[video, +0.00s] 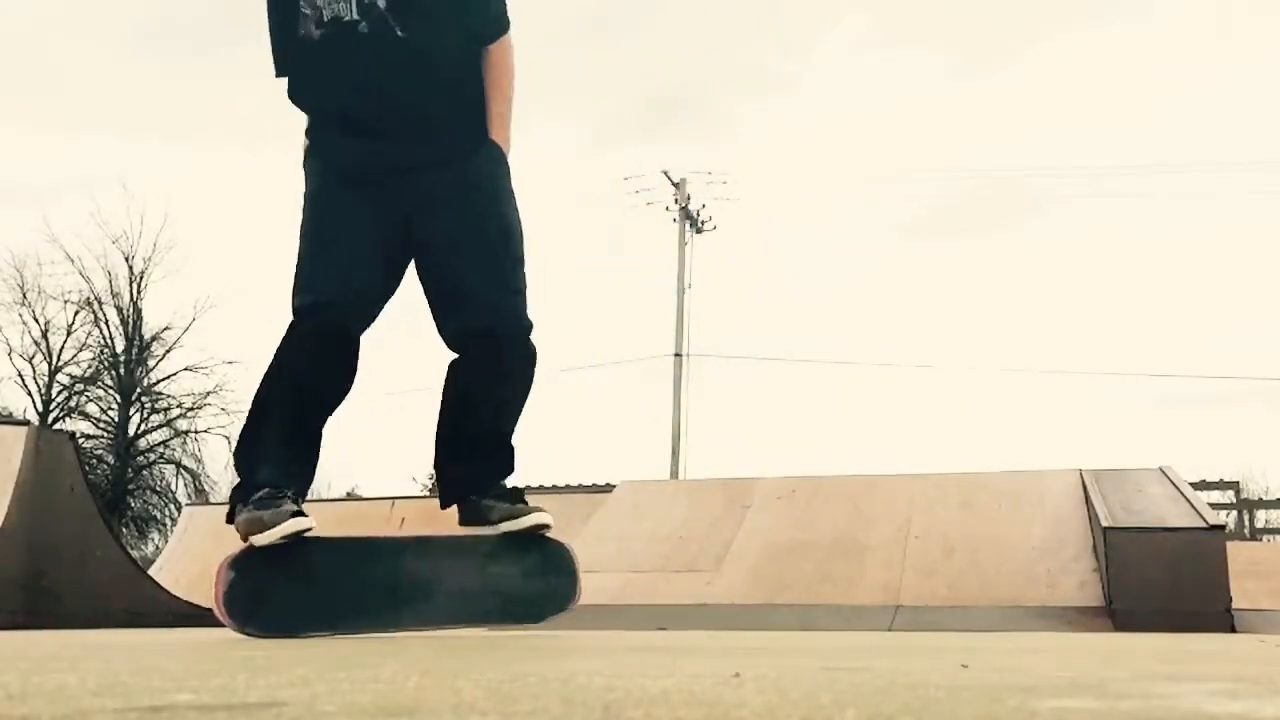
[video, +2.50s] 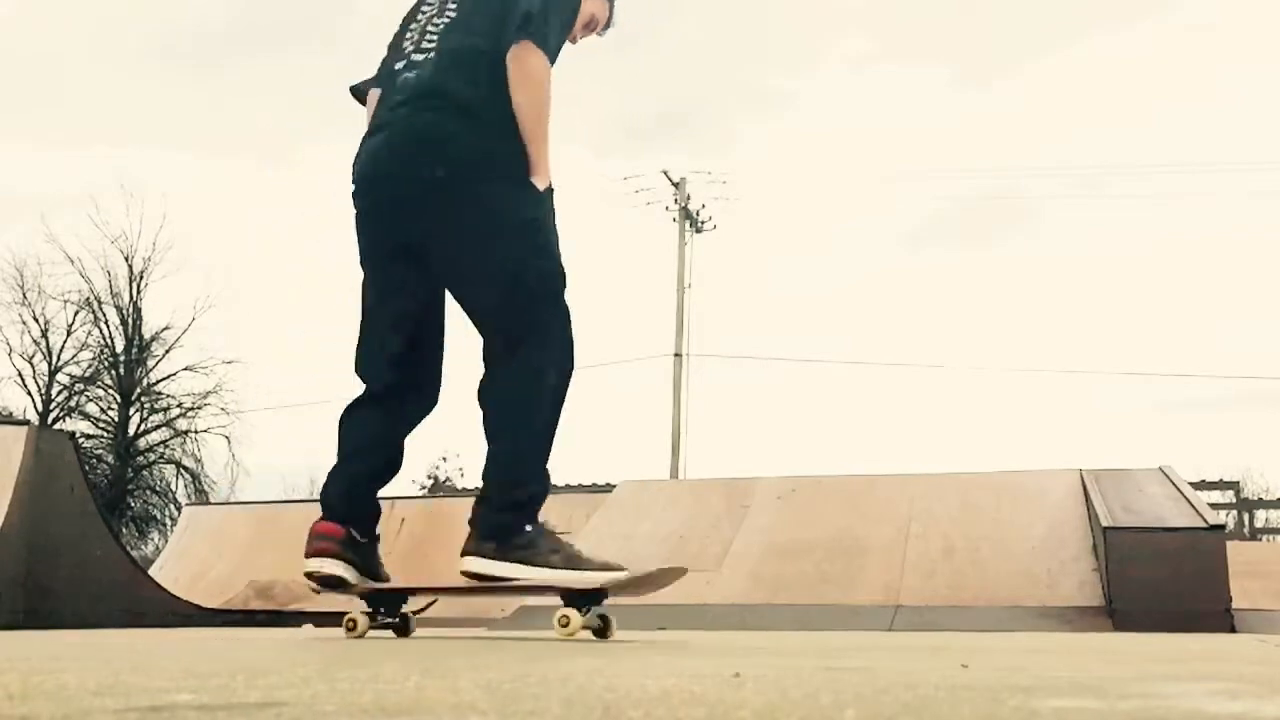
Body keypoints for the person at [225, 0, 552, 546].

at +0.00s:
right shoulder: (290, 7)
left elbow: (495, 38)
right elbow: (302, 78)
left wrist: (495, 150)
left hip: (460, 162)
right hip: (350, 171)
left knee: (497, 333)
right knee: (324, 324)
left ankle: (479, 487)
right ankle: (264, 490)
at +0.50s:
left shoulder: (503, 6)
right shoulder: (338, 6)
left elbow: (521, 57)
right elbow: (345, 82)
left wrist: (519, 168)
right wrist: (360, 169)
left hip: (483, 177)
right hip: (378, 178)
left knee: (490, 350)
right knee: (331, 334)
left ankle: (494, 507)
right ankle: (273, 493)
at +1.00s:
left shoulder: (480, 6)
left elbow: (469, 75)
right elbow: (287, 51)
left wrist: (466, 175)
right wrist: (292, 154)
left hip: (432, 156)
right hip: (324, 153)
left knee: (473, 314)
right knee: (286, 316)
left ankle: (484, 481)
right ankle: (259, 492)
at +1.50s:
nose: (534, 28)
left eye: (550, 20)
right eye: (532, 8)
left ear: (555, 19)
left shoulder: (499, 67)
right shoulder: (376, 12)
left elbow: (430, 158)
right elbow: (287, 71)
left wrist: (413, 237)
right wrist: (307, 192)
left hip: (392, 221)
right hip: (315, 196)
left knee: (449, 387)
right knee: (366, 335)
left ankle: (362, 543)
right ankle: (281, 530)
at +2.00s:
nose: (595, 63)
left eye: (608, 61)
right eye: (605, 46)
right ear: (586, 6)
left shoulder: (495, 68)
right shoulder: (476, 9)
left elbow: (410, 134)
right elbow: (366, 28)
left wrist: (394, 196)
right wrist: (346, 156)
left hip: (383, 194)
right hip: (322, 165)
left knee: (410, 371)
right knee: (348, 331)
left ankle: (342, 541)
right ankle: (256, 526)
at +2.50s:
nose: (583, 34)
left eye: (592, 31)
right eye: (594, 22)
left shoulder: (432, 8)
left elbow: (377, 94)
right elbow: (527, 53)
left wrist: (386, 171)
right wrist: (540, 171)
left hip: (385, 168)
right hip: (473, 163)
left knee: (399, 364)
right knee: (534, 345)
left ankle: (344, 522)